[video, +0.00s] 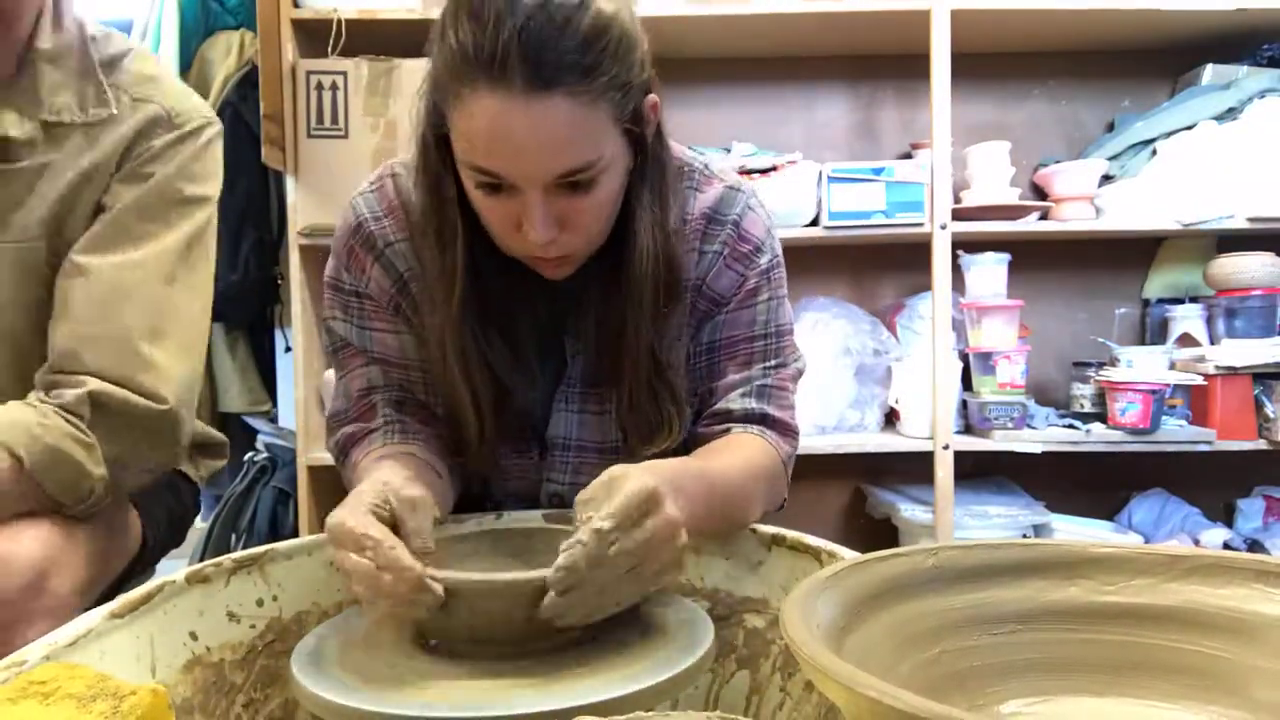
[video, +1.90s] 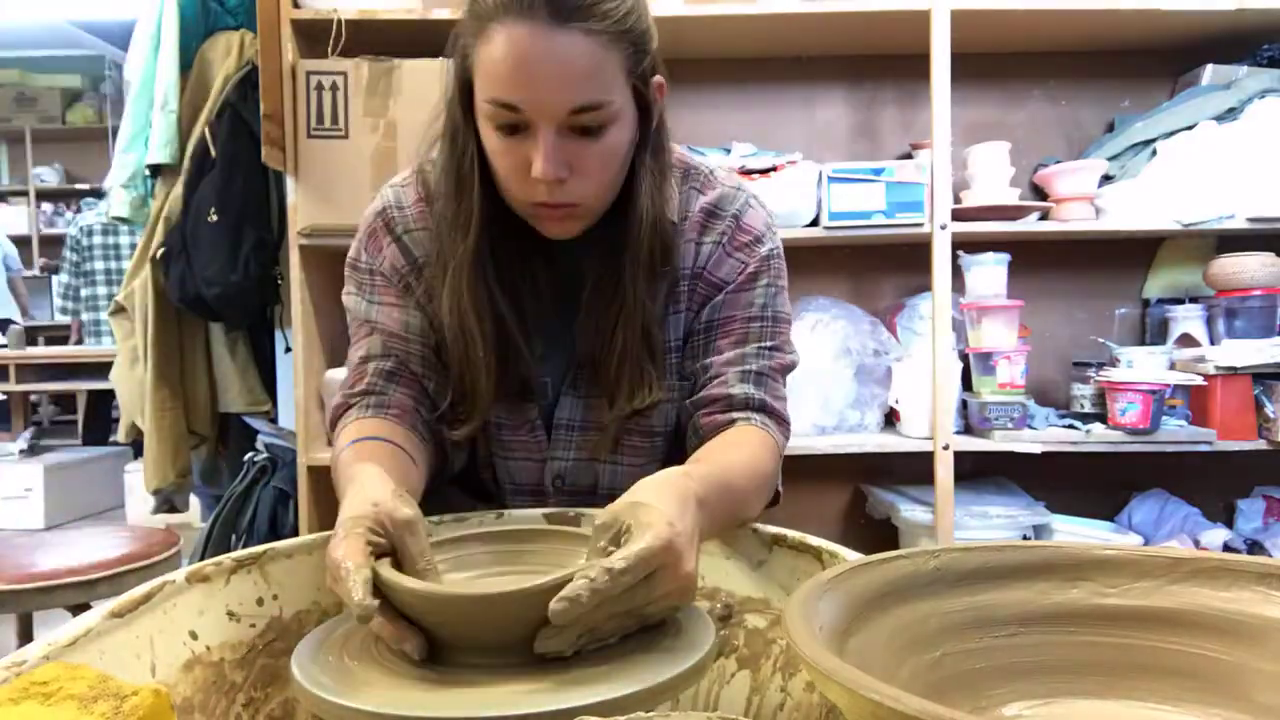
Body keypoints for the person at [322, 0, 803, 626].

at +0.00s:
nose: (538, 230)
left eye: (577, 184)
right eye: (492, 186)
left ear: (643, 124)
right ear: (448, 146)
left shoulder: (723, 229)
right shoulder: (384, 232)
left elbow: (761, 446)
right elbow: (392, 420)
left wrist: (676, 494)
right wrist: (393, 490)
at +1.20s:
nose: (525, 213)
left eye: (567, 165)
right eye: (483, 166)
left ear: (639, 116)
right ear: (441, 130)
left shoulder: (720, 231)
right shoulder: (374, 233)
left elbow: (756, 443)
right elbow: (357, 418)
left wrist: (682, 478)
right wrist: (374, 486)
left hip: (642, 612)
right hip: (445, 613)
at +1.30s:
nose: (490, 103)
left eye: (525, 59)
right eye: (451, 72)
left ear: (597, 53)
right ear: (425, 82)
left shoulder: (701, 218)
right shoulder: (383, 235)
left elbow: (742, 423)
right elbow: (390, 414)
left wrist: (668, 491)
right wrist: (392, 494)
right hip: (460, 612)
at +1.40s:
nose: (496, 99)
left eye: (531, 55)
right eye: (457, 67)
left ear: (603, 51)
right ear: (427, 78)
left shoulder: (705, 221)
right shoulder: (380, 234)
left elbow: (743, 425)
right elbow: (394, 421)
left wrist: (682, 480)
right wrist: (376, 493)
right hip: (458, 609)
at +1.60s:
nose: (432, 221)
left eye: (441, 172)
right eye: (396, 200)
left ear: (511, 108)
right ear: (374, 190)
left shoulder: (682, 220)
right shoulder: (391, 253)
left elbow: (726, 403)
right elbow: (419, 409)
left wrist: (662, 512)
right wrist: (432, 514)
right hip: (485, 584)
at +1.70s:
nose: (463, 205)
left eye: (479, 153)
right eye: (421, 178)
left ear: (548, 98)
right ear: (392, 168)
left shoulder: (695, 217)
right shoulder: (396, 247)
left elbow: (730, 403)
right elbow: (421, 415)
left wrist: (670, 518)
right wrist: (438, 512)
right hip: (488, 591)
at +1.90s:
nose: (547, 168)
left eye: (587, 127)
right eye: (510, 126)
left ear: (648, 106)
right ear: (469, 109)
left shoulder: (723, 227)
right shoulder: (408, 224)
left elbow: (750, 432)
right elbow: (383, 398)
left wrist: (688, 495)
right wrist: (373, 488)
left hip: (653, 585)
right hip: (466, 578)